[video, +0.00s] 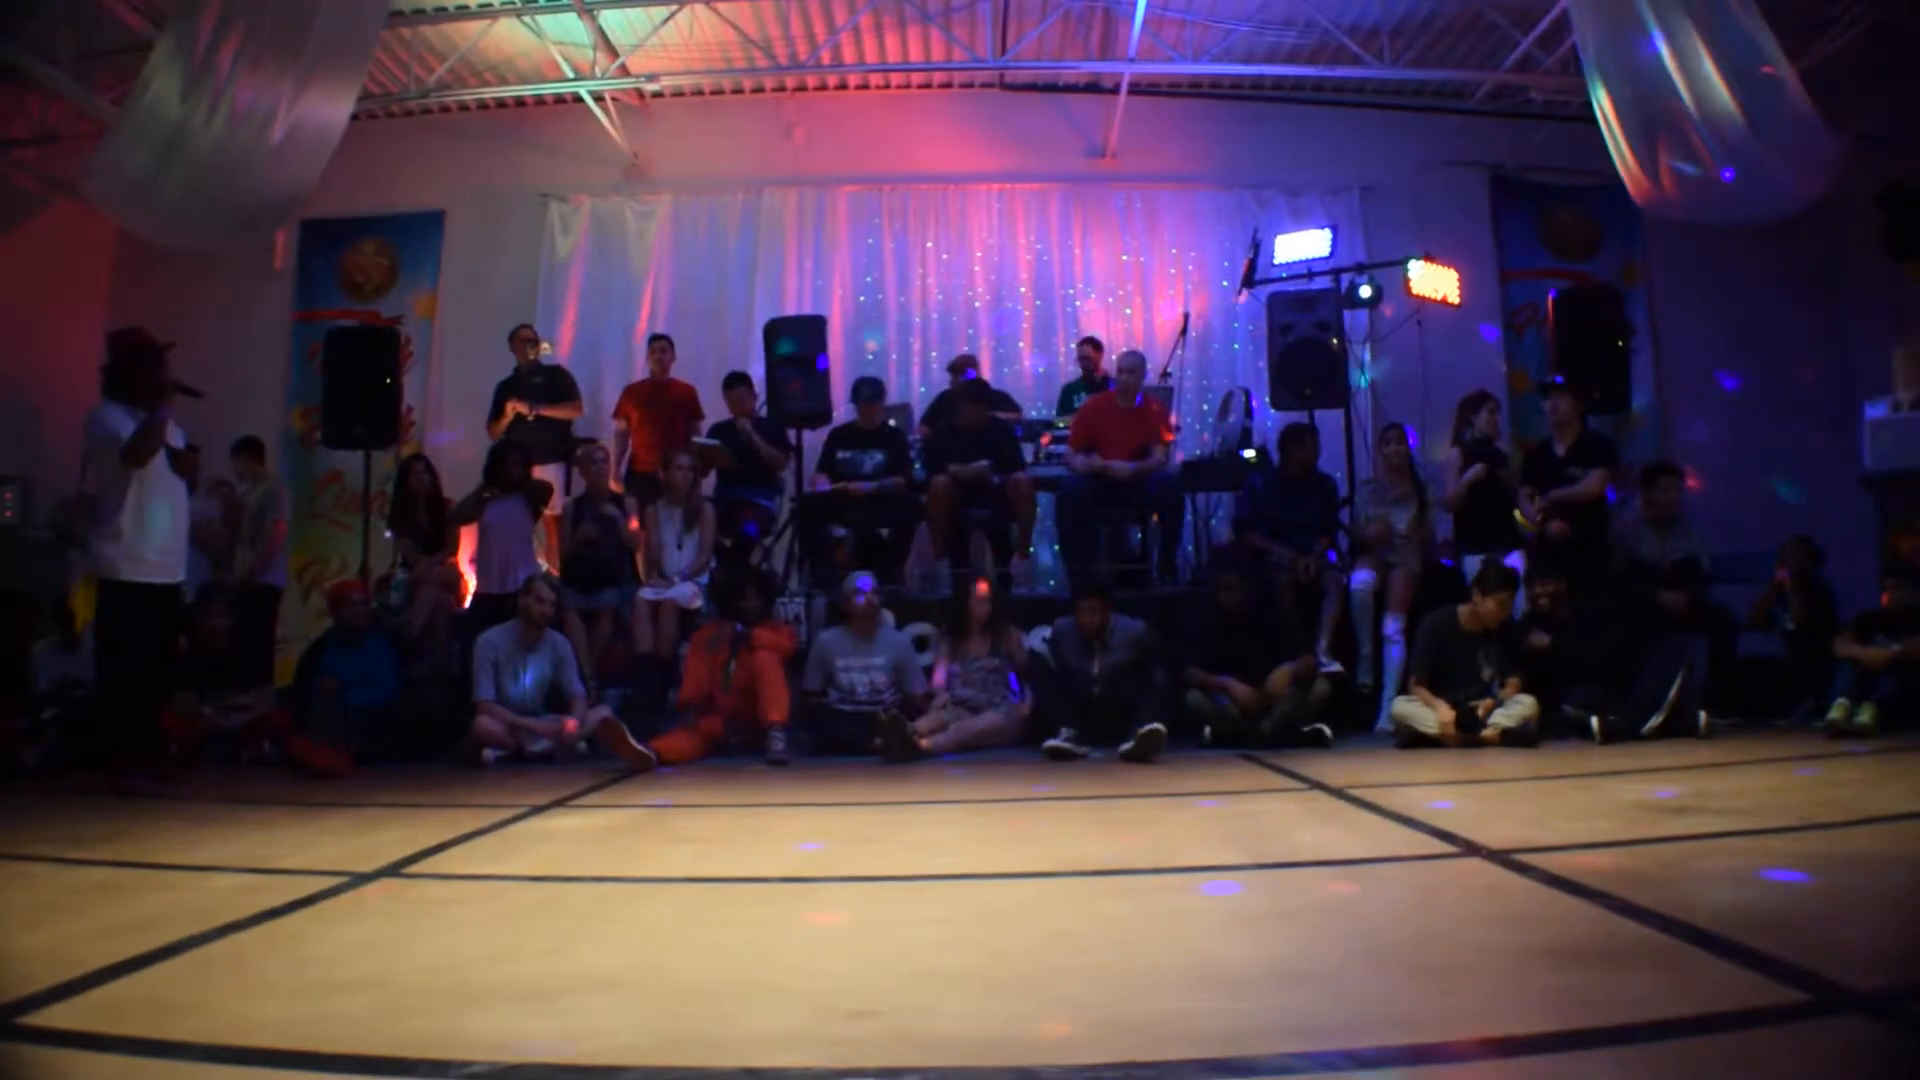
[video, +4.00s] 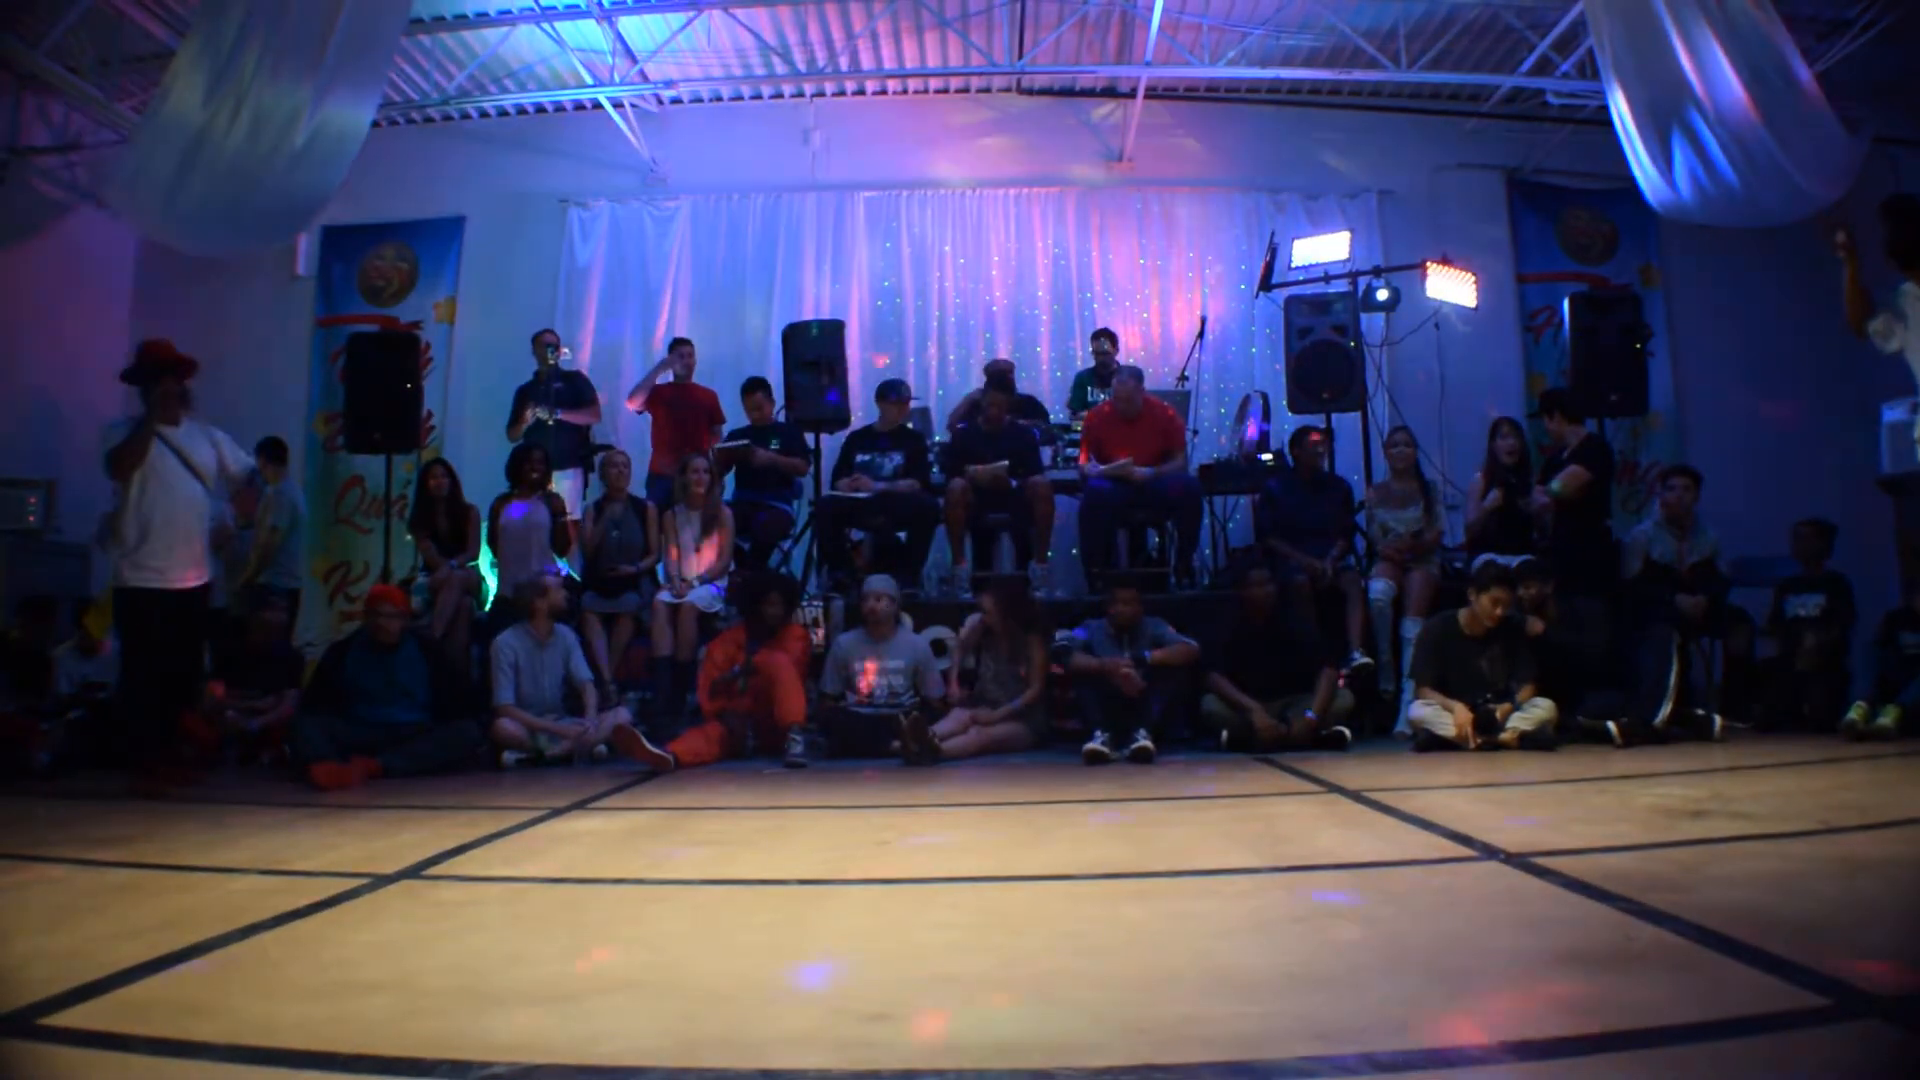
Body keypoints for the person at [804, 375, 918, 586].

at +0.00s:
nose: (868, 411)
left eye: (873, 404)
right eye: (863, 405)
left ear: (882, 405)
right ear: (855, 405)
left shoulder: (894, 436)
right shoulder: (838, 435)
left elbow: (903, 479)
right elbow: (820, 480)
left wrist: (870, 487)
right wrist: (842, 488)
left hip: (881, 501)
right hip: (844, 501)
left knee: (909, 506)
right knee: (809, 506)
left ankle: (890, 572)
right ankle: (821, 574)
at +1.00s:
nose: (893, 412)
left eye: (898, 406)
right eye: (888, 406)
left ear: (907, 405)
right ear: (880, 406)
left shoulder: (919, 437)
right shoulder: (863, 436)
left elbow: (927, 479)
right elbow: (843, 479)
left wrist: (895, 488)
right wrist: (865, 489)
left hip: (906, 498)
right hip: (868, 497)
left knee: (933, 505)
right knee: (835, 505)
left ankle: (916, 576)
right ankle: (846, 574)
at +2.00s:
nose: (879, 406)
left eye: (883, 400)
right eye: (873, 401)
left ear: (893, 401)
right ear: (866, 405)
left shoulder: (909, 438)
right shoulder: (853, 442)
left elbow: (919, 481)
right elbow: (838, 484)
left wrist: (882, 487)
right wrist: (852, 486)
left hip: (897, 502)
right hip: (860, 502)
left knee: (928, 507)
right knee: (827, 507)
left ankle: (909, 579)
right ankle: (841, 578)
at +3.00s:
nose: (895, 403)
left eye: (898, 397)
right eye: (889, 397)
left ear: (903, 401)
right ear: (875, 402)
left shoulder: (913, 439)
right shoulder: (857, 439)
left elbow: (919, 483)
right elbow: (840, 482)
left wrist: (875, 485)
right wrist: (851, 484)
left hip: (897, 501)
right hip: (861, 502)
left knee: (927, 508)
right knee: (825, 507)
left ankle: (908, 580)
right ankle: (840, 578)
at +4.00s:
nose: (903, 409)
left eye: (906, 403)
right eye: (897, 403)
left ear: (908, 405)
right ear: (881, 404)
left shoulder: (914, 439)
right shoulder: (856, 439)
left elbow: (919, 483)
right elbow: (837, 482)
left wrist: (875, 486)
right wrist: (850, 485)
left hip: (897, 502)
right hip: (859, 502)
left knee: (927, 508)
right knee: (826, 507)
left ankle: (909, 579)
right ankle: (839, 577)